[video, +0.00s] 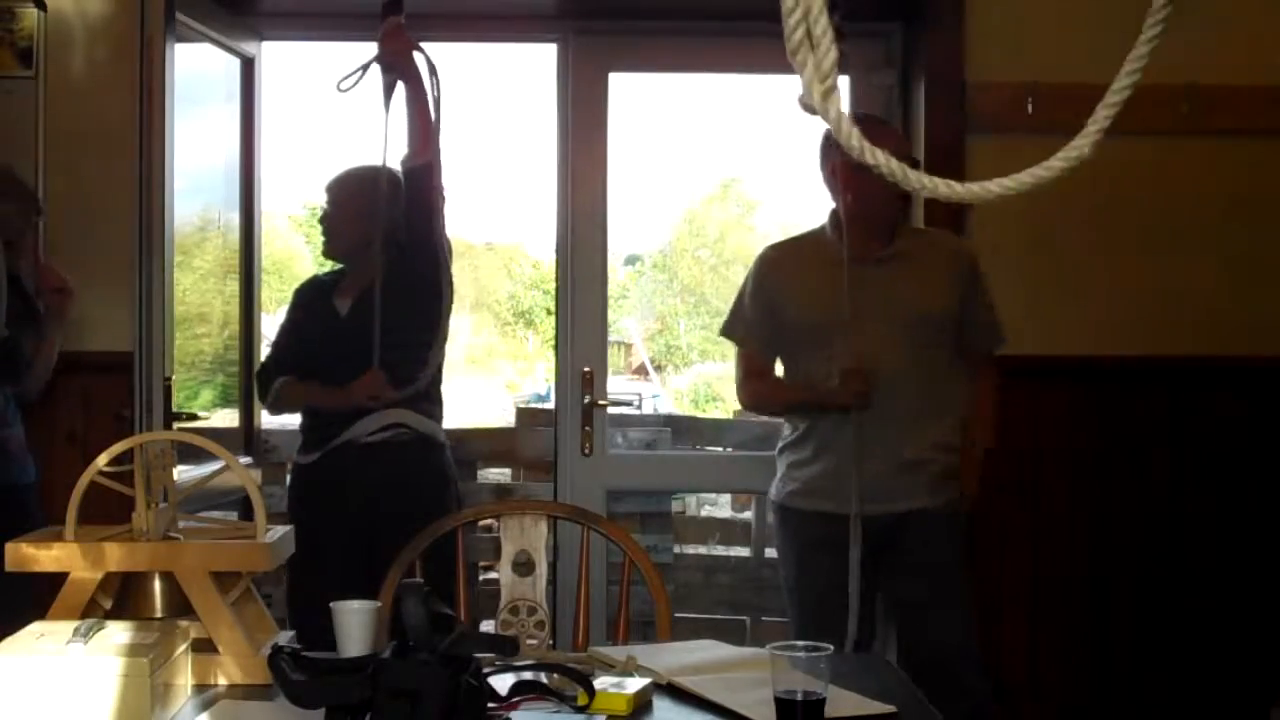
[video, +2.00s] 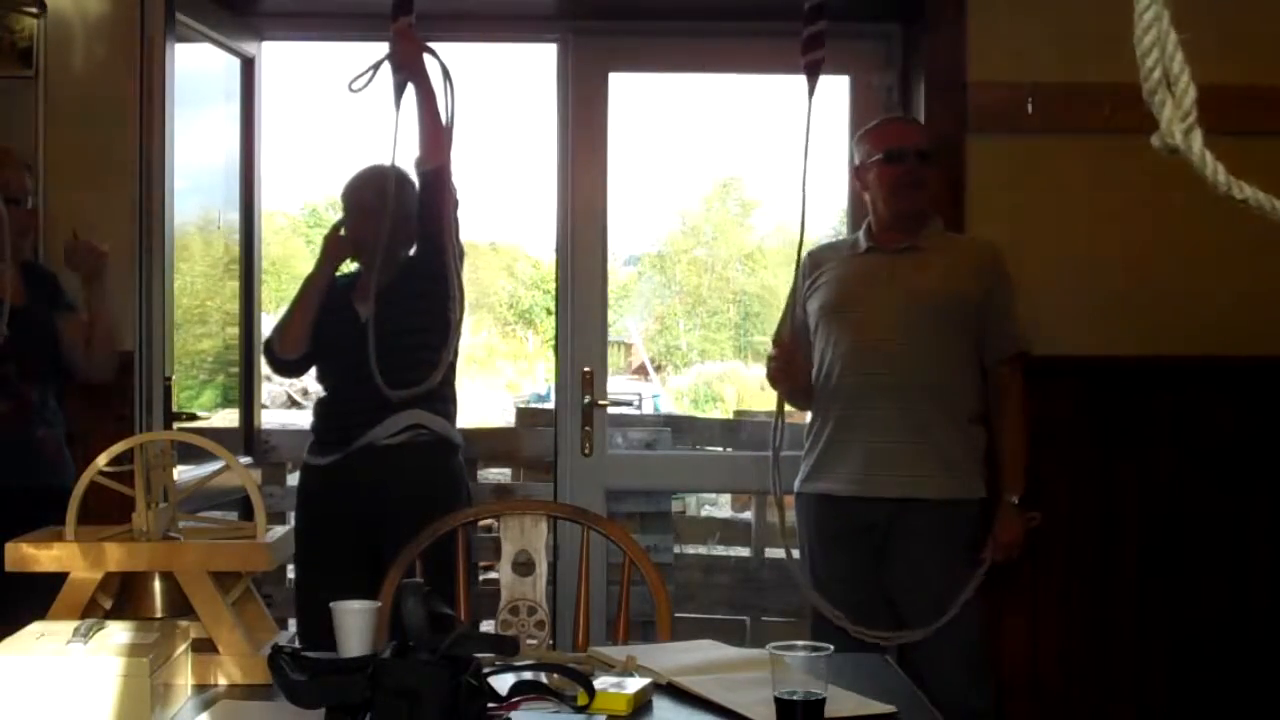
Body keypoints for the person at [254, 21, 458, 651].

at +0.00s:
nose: (323, 218)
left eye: (336, 207)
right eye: (326, 207)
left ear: (380, 215)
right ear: (348, 217)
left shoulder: (416, 283)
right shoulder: (312, 297)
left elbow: (423, 170)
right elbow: (275, 389)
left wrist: (409, 75)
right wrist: (348, 395)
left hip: (406, 474)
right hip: (322, 478)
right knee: (319, 626)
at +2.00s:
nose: (359, 221)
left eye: (373, 209)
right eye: (352, 210)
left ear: (407, 217)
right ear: (343, 219)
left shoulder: (432, 278)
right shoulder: (330, 296)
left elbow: (436, 169)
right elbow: (284, 359)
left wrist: (419, 76)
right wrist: (323, 265)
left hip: (417, 462)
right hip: (335, 466)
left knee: (417, 623)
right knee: (327, 636)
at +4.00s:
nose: (414, 191)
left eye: (427, 186)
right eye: (403, 186)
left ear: (446, 209)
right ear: (389, 211)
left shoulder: (457, 273)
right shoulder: (360, 266)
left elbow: (450, 174)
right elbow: (331, 183)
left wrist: (420, 82)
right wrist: (365, 86)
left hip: (430, 459)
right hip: (346, 459)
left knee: (441, 627)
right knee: (346, 634)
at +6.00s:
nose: (408, 213)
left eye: (418, 203)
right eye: (395, 202)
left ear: (435, 218)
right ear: (373, 220)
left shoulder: (453, 277)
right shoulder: (349, 272)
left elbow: (463, 182)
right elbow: (318, 188)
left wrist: (430, 86)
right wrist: (358, 93)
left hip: (429, 463)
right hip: (341, 463)